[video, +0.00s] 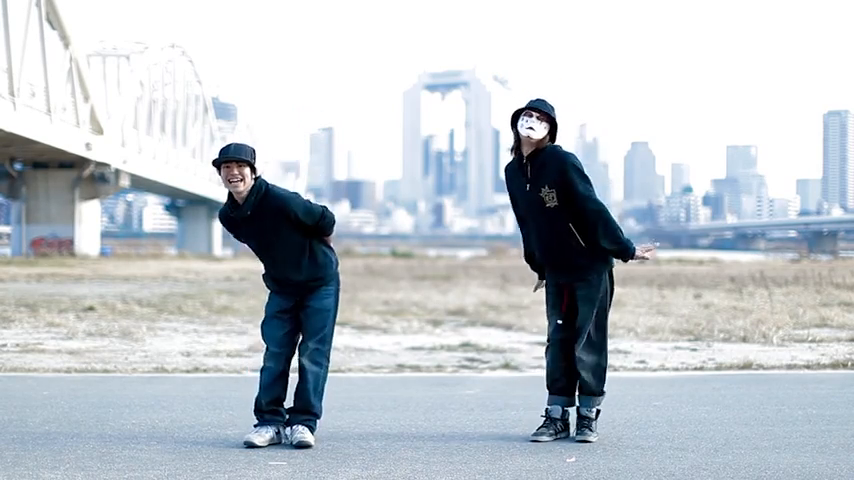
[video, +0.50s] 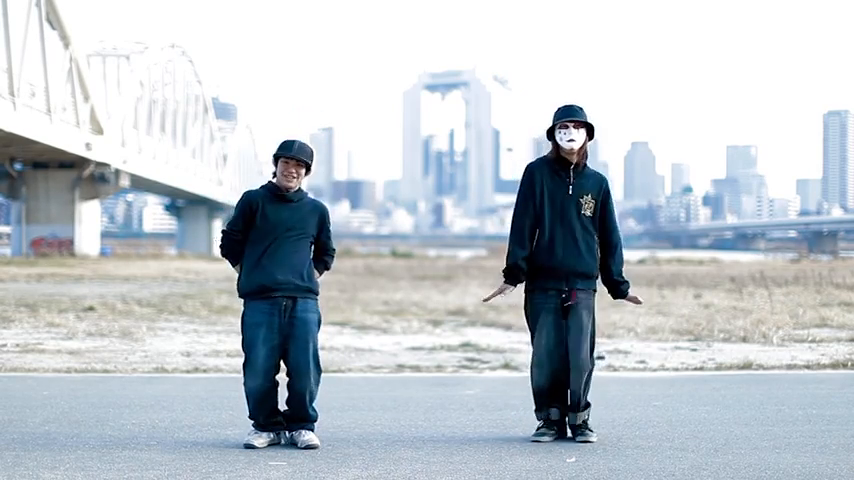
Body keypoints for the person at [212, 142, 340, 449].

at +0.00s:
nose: (235, 173)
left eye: (241, 166)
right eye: (228, 168)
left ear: (252, 170)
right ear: (220, 175)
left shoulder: (281, 201)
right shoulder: (227, 216)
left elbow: (326, 220)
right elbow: (261, 241)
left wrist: (319, 244)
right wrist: (297, 247)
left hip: (318, 280)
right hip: (281, 283)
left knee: (312, 352)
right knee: (275, 351)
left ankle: (303, 424)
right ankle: (270, 423)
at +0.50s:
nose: (291, 170)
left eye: (298, 166)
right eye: (286, 163)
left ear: (306, 172)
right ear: (276, 165)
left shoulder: (317, 210)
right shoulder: (253, 200)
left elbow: (325, 253)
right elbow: (228, 243)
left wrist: (308, 274)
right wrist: (250, 269)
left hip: (303, 298)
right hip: (260, 298)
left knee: (305, 365)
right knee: (258, 367)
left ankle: (301, 427)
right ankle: (265, 428)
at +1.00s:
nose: (325, 169)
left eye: (333, 166)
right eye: (320, 162)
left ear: (340, 176)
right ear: (309, 166)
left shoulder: (338, 214)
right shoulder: (277, 196)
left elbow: (313, 242)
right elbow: (243, 217)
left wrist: (283, 254)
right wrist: (250, 253)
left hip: (295, 284)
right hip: (255, 283)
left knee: (297, 353)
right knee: (259, 353)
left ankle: (299, 423)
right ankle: (266, 421)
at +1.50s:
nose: (272, 147)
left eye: (278, 142)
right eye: (266, 143)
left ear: (289, 147)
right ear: (259, 151)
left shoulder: (313, 185)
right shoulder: (252, 196)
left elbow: (331, 232)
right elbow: (251, 240)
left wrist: (315, 263)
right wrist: (273, 260)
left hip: (302, 287)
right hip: (261, 287)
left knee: (297, 360)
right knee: (256, 361)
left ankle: (300, 426)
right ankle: (267, 425)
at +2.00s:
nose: (244, 154)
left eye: (250, 148)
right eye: (238, 149)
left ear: (263, 153)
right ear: (231, 156)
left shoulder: (292, 184)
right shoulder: (232, 200)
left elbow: (325, 213)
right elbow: (253, 233)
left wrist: (315, 245)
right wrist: (287, 245)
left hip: (314, 279)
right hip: (275, 281)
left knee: (309, 353)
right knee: (270, 355)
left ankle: (302, 422)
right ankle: (269, 422)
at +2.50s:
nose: (302, 147)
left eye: (308, 143)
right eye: (296, 141)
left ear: (316, 151)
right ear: (285, 145)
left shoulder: (325, 195)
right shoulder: (259, 185)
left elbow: (329, 240)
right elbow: (237, 228)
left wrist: (303, 261)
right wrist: (258, 255)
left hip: (305, 288)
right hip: (263, 287)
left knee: (309, 360)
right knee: (263, 359)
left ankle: (301, 425)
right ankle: (265, 425)